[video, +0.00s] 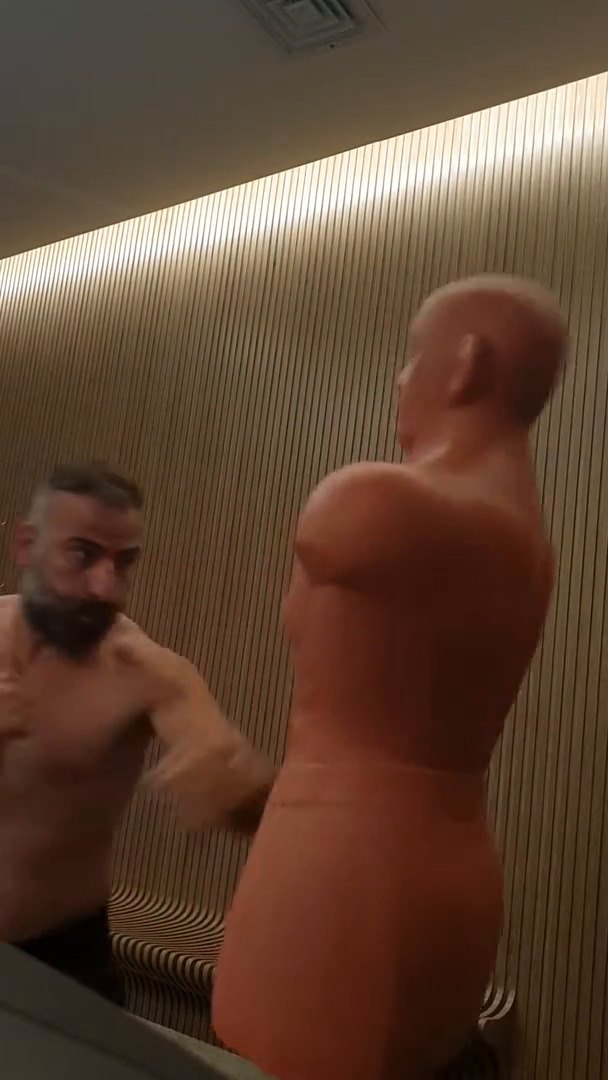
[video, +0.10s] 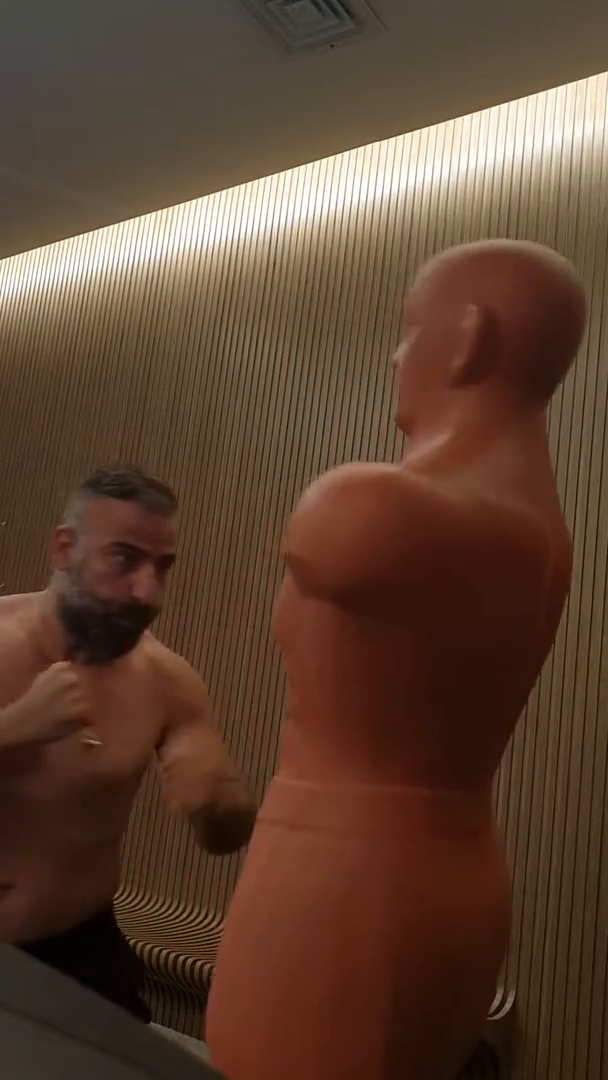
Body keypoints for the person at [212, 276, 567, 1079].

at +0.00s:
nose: (399, 387)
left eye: (413, 361)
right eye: (406, 362)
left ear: (464, 368)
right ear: (530, 391)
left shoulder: (367, 506)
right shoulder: (524, 543)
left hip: (338, 880)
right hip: (447, 869)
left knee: (288, 1066)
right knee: (397, 1067)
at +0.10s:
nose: (393, 360)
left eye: (410, 331)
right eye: (401, 334)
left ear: (470, 339)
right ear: (544, 363)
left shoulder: (360, 512)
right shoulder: (541, 537)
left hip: (334, 900)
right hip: (451, 888)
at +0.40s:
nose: (330, 420)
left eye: (337, 396)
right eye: (331, 399)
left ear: (382, 392)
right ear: (450, 416)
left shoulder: (308, 505)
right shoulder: (464, 547)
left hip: (309, 848)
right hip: (417, 837)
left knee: (291, 1061)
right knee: (381, 1061)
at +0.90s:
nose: (379, 368)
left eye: (393, 339)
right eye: (385, 342)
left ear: (448, 348)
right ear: (517, 370)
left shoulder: (351, 508)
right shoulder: (519, 530)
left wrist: (402, 461)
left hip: (331, 889)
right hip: (446, 872)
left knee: (278, 1065)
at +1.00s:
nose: (394, 385)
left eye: (403, 361)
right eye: (398, 360)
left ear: (439, 367)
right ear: (518, 377)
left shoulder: (395, 505)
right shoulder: (533, 528)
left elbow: (345, 527)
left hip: (356, 871)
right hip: (457, 860)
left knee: (300, 1063)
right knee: (404, 1065)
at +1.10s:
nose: (525, 415)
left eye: (541, 394)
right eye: (532, 394)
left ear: (593, 405)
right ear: (593, 408)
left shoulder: (515, 521)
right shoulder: (584, 536)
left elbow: (470, 544)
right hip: (517, 866)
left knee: (358, 1060)